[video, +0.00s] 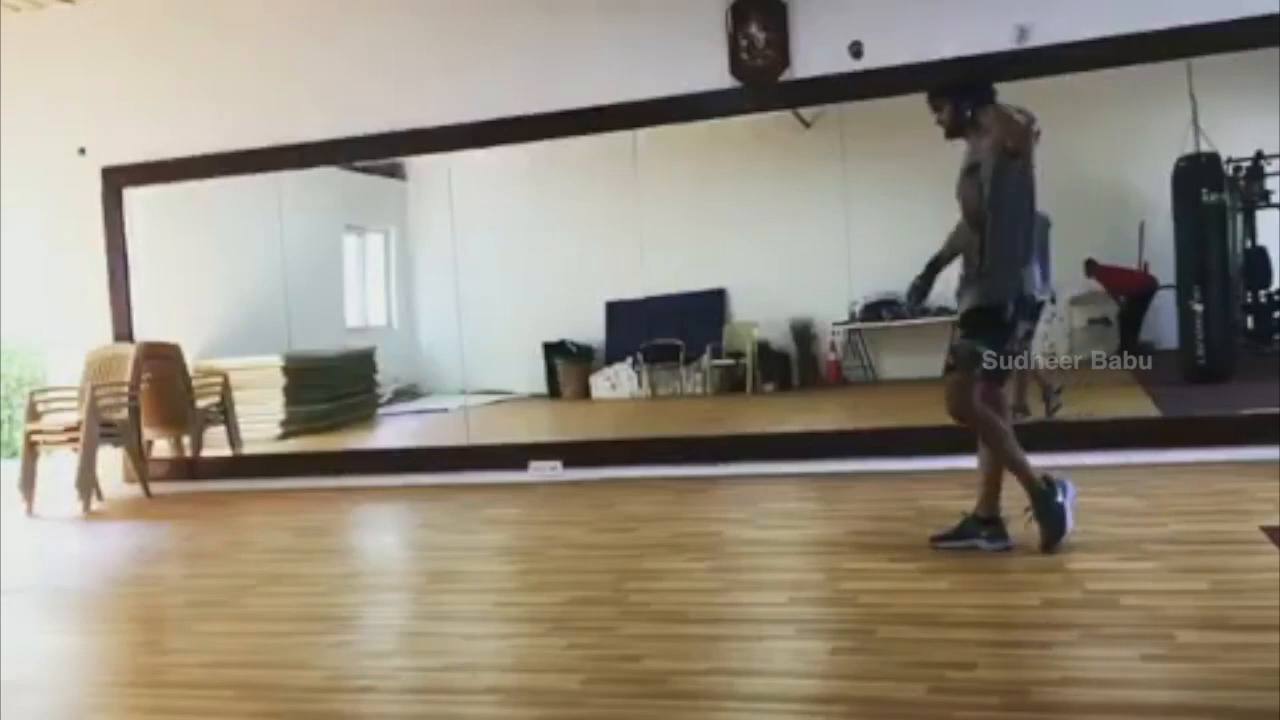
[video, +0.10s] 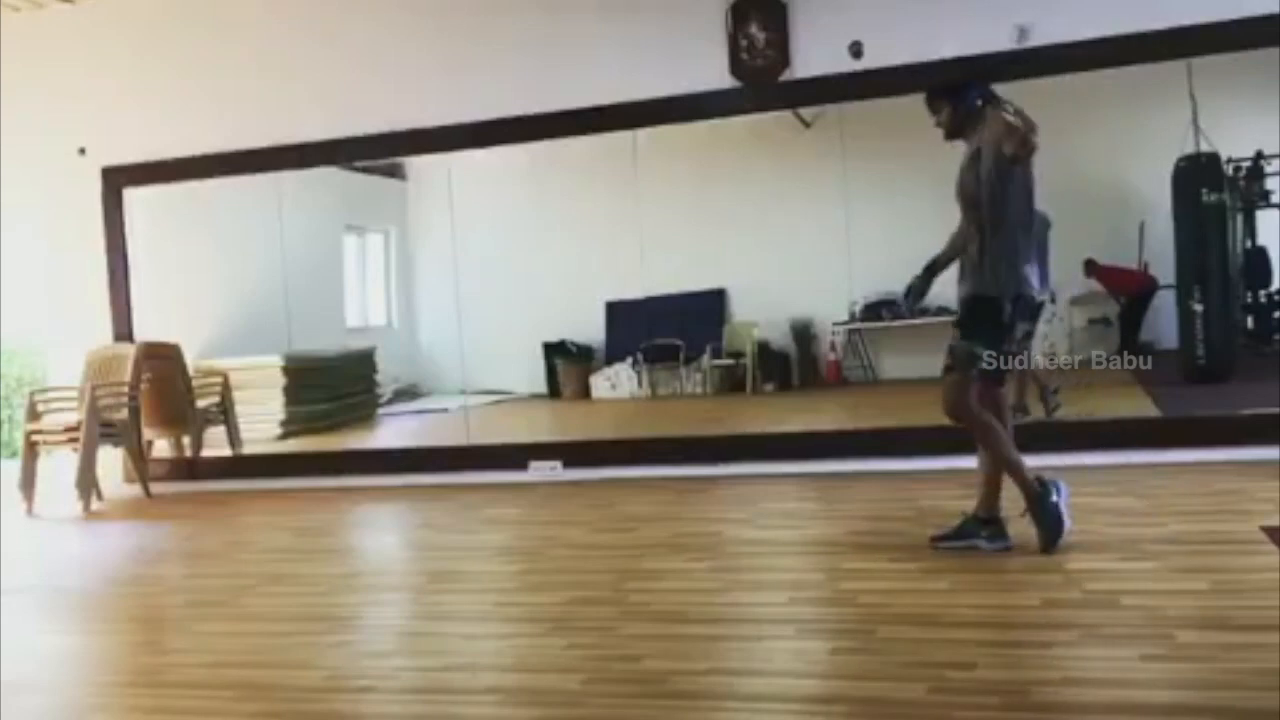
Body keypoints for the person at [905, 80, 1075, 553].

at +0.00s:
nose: (936, 120)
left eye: (938, 110)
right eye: (934, 111)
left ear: (961, 105)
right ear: (964, 105)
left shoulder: (1002, 137)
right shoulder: (979, 150)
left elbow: (1010, 225)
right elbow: (972, 225)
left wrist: (994, 299)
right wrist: (933, 268)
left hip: (1003, 293)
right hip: (992, 291)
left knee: (962, 400)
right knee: (994, 402)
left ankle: (1041, 490)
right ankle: (986, 515)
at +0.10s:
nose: (937, 123)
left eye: (939, 112)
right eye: (934, 115)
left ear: (963, 104)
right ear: (964, 105)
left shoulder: (998, 136)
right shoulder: (978, 153)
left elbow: (1022, 138)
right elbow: (970, 228)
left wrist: (1002, 109)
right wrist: (931, 271)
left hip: (1000, 293)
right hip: (992, 292)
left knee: (959, 400)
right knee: (992, 402)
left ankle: (1036, 492)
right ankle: (986, 516)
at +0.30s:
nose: (944, 122)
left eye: (945, 110)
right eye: (941, 113)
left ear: (966, 104)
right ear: (970, 105)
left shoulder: (1011, 140)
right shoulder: (980, 155)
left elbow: (1037, 190)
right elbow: (989, 242)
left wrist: (977, 158)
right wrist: (960, 297)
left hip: (1007, 300)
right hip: (989, 301)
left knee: (979, 406)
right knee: (993, 408)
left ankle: (1077, 490)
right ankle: (986, 516)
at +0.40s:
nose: (951, 118)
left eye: (953, 107)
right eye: (949, 109)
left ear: (977, 104)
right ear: (978, 105)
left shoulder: (1022, 146)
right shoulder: (997, 154)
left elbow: (1049, 211)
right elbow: (1025, 223)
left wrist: (975, 229)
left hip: (1015, 302)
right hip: (1000, 303)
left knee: (1007, 410)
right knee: (1004, 411)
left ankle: (1107, 498)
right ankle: (987, 516)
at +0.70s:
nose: (983, 112)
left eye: (987, 102)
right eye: (982, 103)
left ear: (1012, 102)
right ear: (1018, 103)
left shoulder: (1053, 152)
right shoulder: (1032, 155)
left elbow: (1066, 229)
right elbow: (1043, 233)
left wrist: (1035, 284)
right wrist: (1029, 287)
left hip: (1060, 307)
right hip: (1040, 305)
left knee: (1090, 412)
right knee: (1020, 410)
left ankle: (1141, 517)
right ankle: (990, 515)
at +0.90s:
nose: (1008, 115)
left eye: (1010, 104)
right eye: (1005, 104)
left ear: (1033, 101)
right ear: (1046, 99)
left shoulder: (1073, 153)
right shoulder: (1086, 142)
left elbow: (1078, 238)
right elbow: (1097, 231)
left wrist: (1074, 306)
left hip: (1082, 306)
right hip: (1083, 302)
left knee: (1109, 409)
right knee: (1041, 401)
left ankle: (1142, 520)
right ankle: (1012, 509)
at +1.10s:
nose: (1021, 110)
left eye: (1024, 99)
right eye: (1019, 101)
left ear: (1050, 95)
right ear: (1057, 96)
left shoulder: (1100, 147)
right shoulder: (1074, 145)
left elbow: (1105, 234)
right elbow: (1089, 220)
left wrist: (1104, 307)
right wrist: (1061, 206)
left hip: (1105, 303)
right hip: (1073, 300)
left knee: (1111, 395)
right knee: (1053, 385)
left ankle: (1145, 518)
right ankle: (1096, 500)